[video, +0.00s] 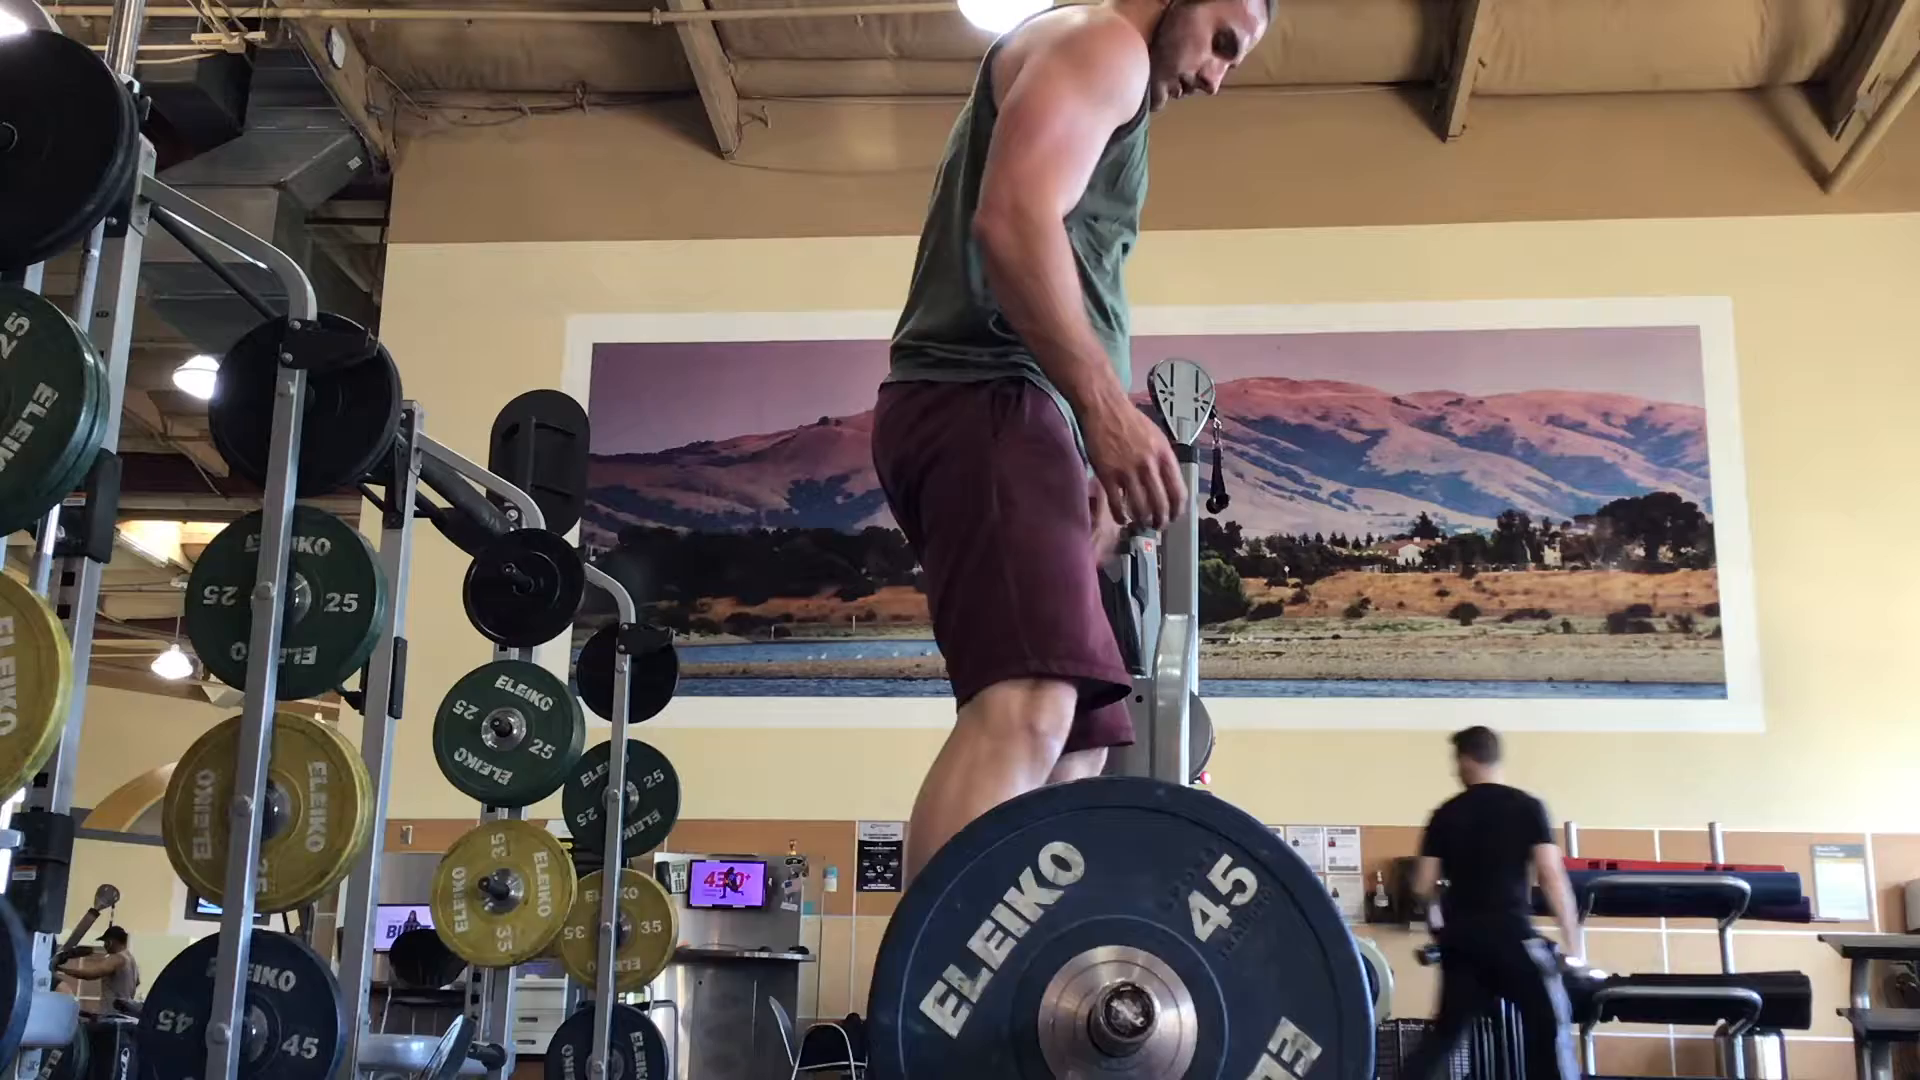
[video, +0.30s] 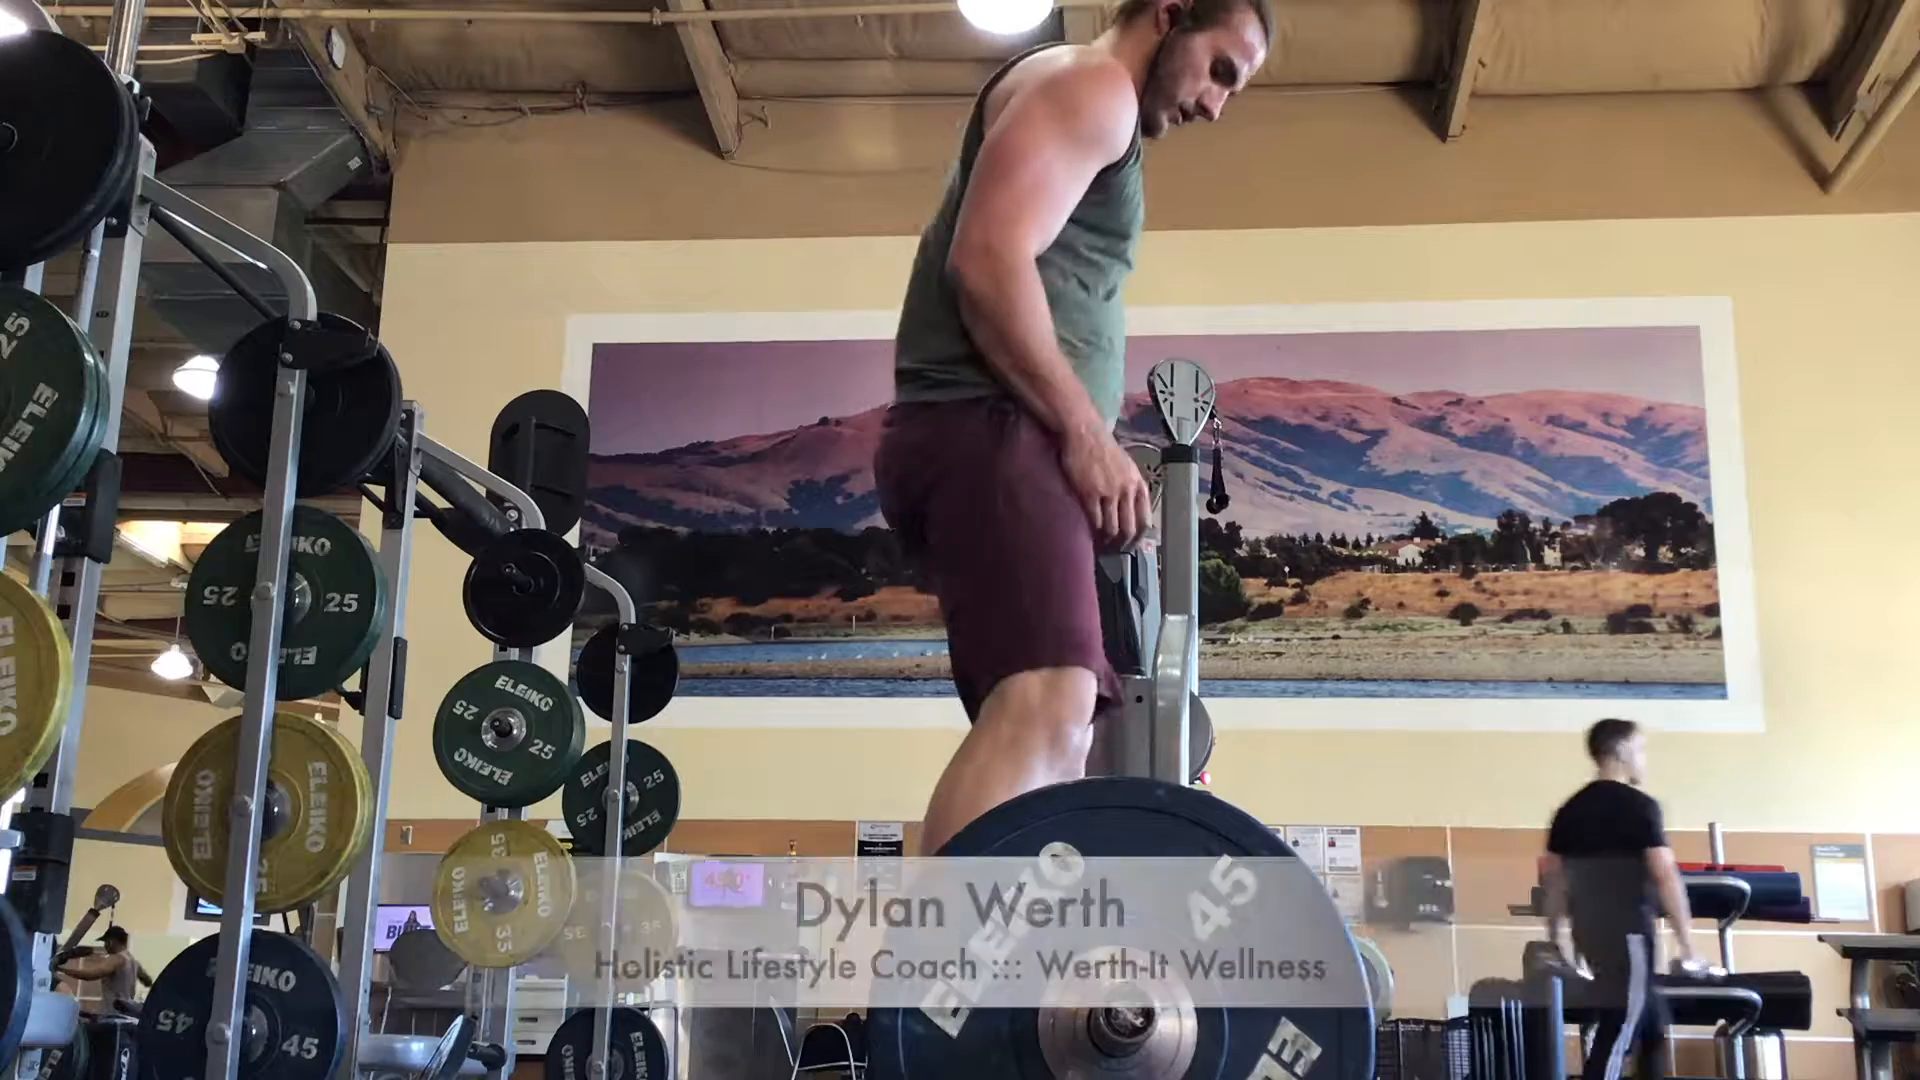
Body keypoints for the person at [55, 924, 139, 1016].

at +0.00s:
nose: (104, 946)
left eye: (106, 942)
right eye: (104, 942)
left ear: (111, 942)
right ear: (122, 942)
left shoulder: (117, 959)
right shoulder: (129, 958)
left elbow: (90, 974)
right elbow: (136, 982)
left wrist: (62, 969)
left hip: (110, 1015)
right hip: (123, 1015)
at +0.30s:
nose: (105, 946)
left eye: (106, 943)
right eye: (104, 943)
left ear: (112, 942)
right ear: (122, 942)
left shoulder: (117, 959)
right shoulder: (131, 960)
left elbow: (89, 975)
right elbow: (148, 982)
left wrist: (62, 969)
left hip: (111, 1015)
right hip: (125, 1015)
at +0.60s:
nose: (107, 945)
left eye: (108, 942)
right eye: (106, 942)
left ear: (114, 942)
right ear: (124, 941)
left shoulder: (118, 960)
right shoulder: (133, 961)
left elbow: (89, 975)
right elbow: (139, 984)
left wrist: (62, 969)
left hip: (111, 1016)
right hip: (127, 1017)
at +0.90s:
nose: (107, 945)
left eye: (109, 942)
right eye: (106, 942)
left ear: (117, 942)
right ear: (124, 942)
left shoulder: (120, 960)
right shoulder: (132, 960)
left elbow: (88, 975)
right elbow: (126, 991)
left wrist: (60, 969)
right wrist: (103, 991)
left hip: (111, 1017)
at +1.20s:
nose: (107, 946)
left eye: (108, 943)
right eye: (106, 943)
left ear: (116, 943)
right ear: (123, 943)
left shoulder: (121, 960)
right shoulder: (131, 960)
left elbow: (89, 974)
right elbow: (111, 989)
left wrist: (61, 969)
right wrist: (81, 991)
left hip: (113, 1017)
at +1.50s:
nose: (107, 947)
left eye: (108, 943)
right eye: (106, 943)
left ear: (116, 943)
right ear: (122, 943)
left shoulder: (121, 960)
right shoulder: (130, 960)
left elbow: (88, 974)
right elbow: (103, 987)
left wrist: (61, 969)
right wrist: (76, 985)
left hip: (113, 1017)